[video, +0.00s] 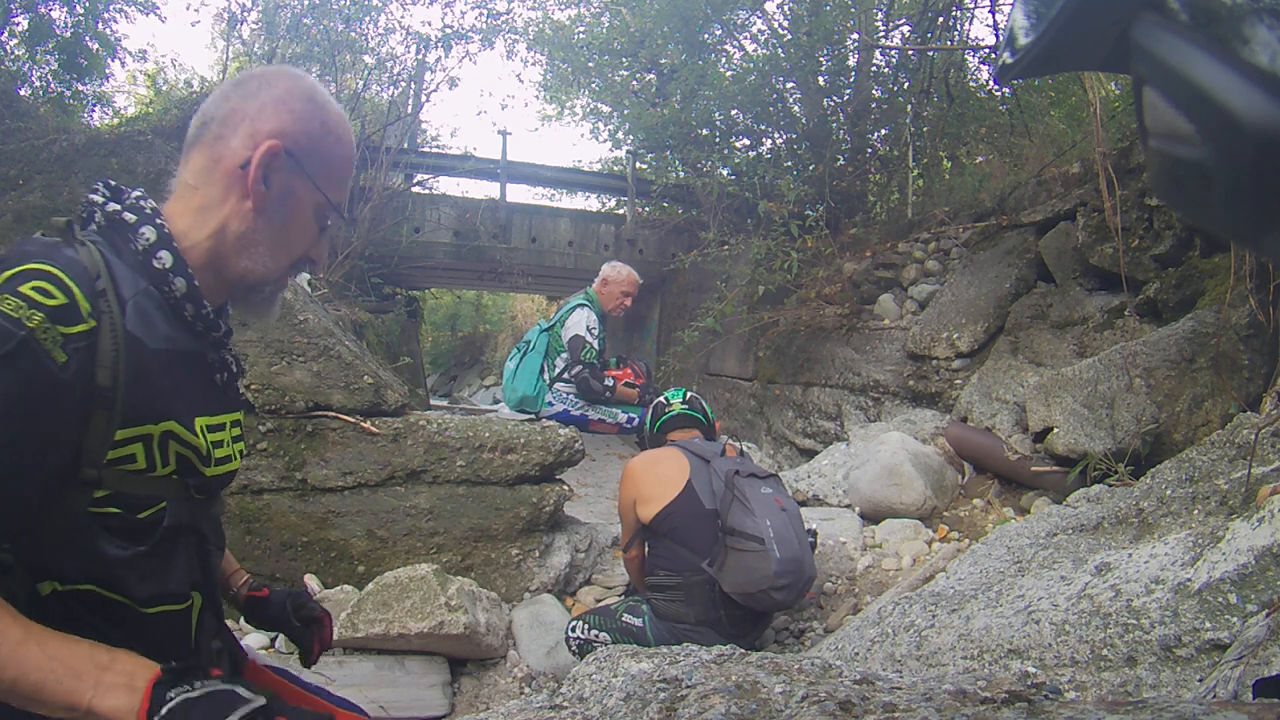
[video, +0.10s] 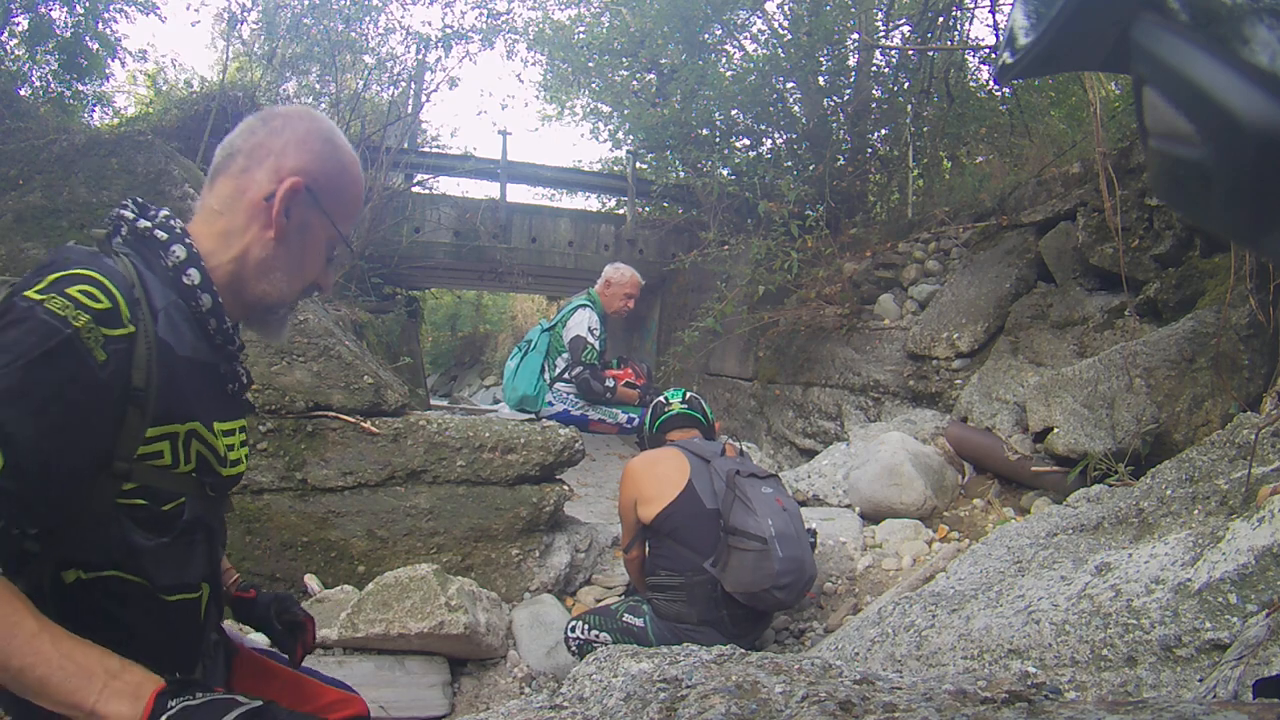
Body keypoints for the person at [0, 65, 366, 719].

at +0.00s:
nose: (320, 256)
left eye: (331, 225)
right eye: (326, 216)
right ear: (262, 173)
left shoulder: (201, 327)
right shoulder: (46, 302)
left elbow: (166, 520)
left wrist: (249, 595)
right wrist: (145, 692)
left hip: (204, 668)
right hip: (60, 700)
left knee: (351, 716)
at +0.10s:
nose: (328, 280)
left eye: (338, 255)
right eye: (334, 247)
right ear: (282, 206)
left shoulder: (203, 330)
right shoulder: (83, 314)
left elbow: (155, 521)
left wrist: (237, 597)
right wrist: (146, 701)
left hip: (186, 659)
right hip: (64, 696)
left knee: (342, 708)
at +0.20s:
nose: (333, 303)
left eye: (344, 282)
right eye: (341, 275)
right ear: (300, 240)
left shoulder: (216, 336)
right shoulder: (120, 319)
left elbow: (145, 519)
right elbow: (2, 537)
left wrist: (230, 595)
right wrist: (129, 702)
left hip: (194, 658)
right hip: (94, 694)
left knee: (334, 699)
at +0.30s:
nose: (335, 321)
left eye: (347, 302)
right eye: (346, 296)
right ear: (314, 265)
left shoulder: (221, 334)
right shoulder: (161, 317)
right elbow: (4, 474)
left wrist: (222, 591)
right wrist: (129, 701)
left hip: (192, 649)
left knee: (326, 689)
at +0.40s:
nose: (339, 326)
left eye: (352, 308)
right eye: (351, 302)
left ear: (262, 242)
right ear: (323, 276)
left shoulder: (233, 329)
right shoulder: (185, 310)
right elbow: (25, 448)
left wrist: (216, 602)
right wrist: (136, 697)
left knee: (320, 687)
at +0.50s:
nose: (340, 313)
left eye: (353, 296)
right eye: (353, 290)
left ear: (269, 229)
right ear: (331, 262)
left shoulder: (238, 310)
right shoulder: (197, 287)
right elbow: (56, 436)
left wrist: (218, 598)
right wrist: (144, 700)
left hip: (182, 625)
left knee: (319, 686)